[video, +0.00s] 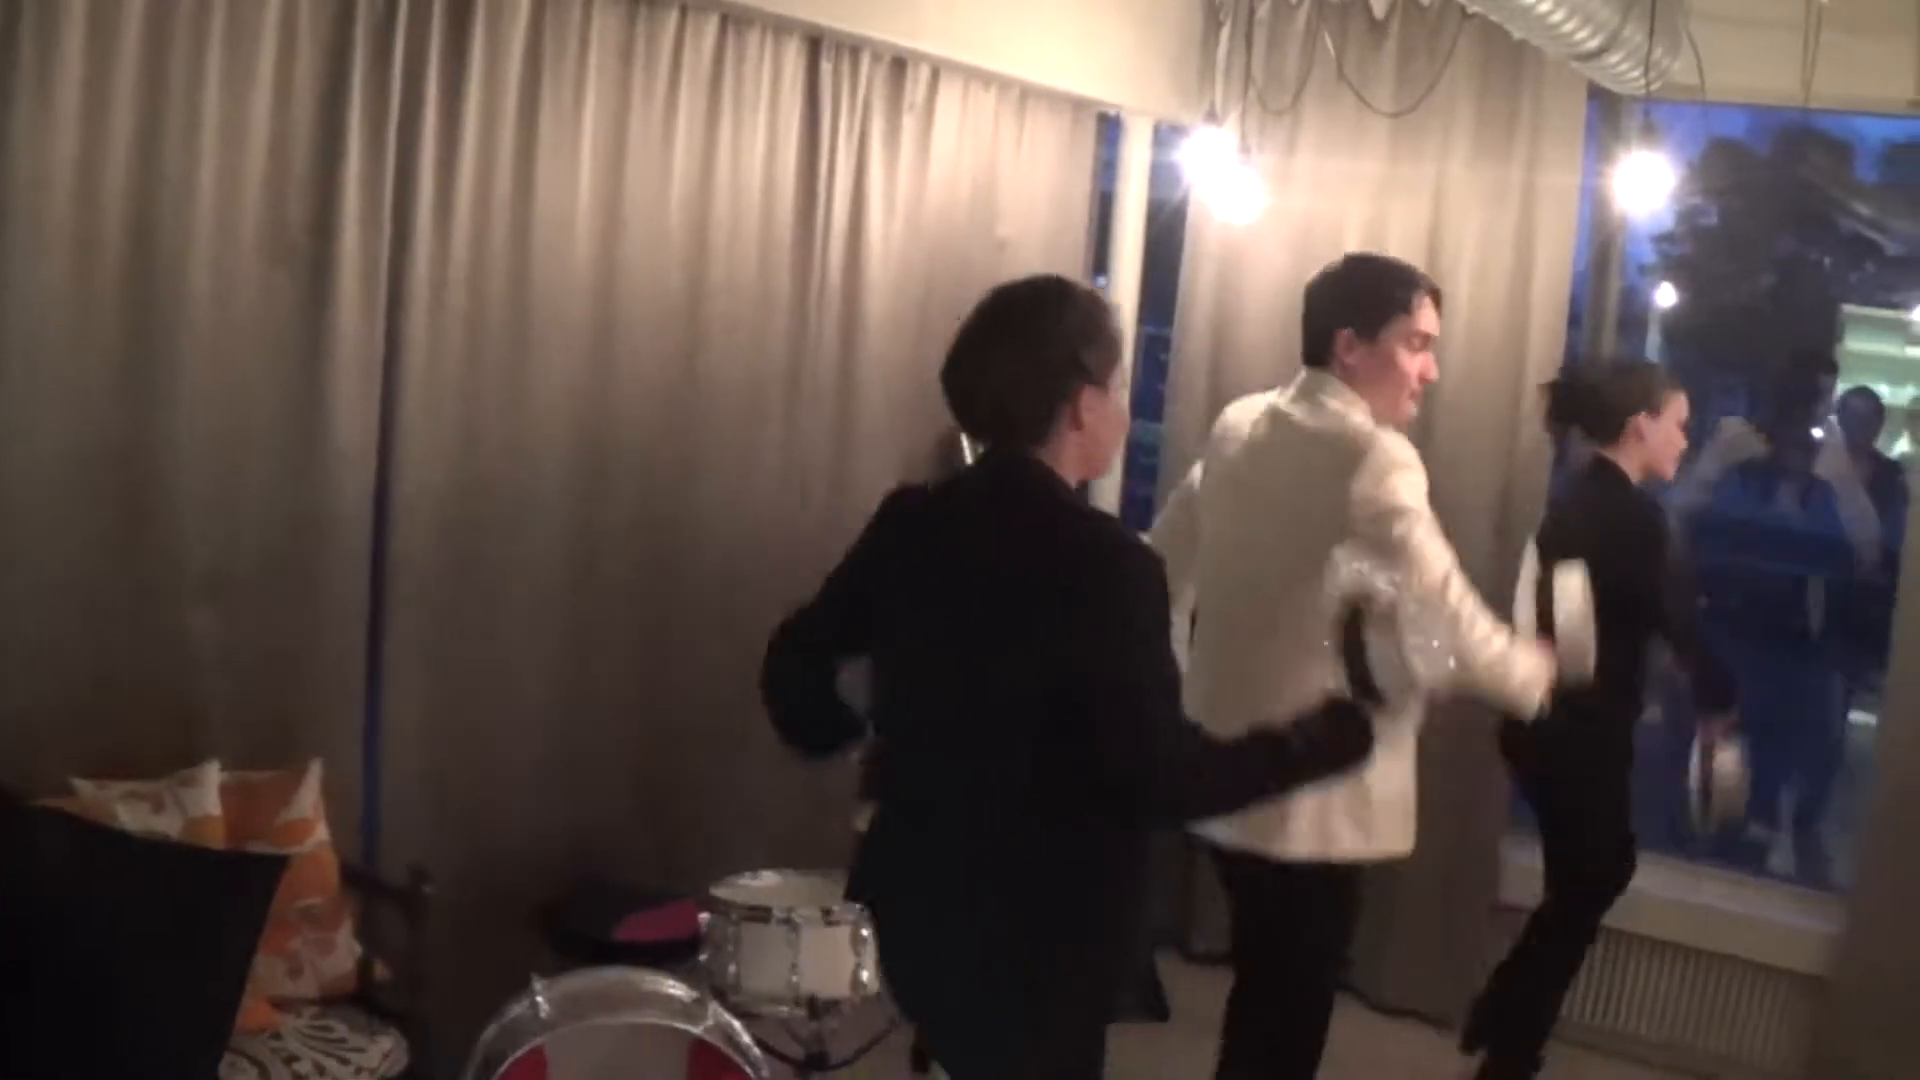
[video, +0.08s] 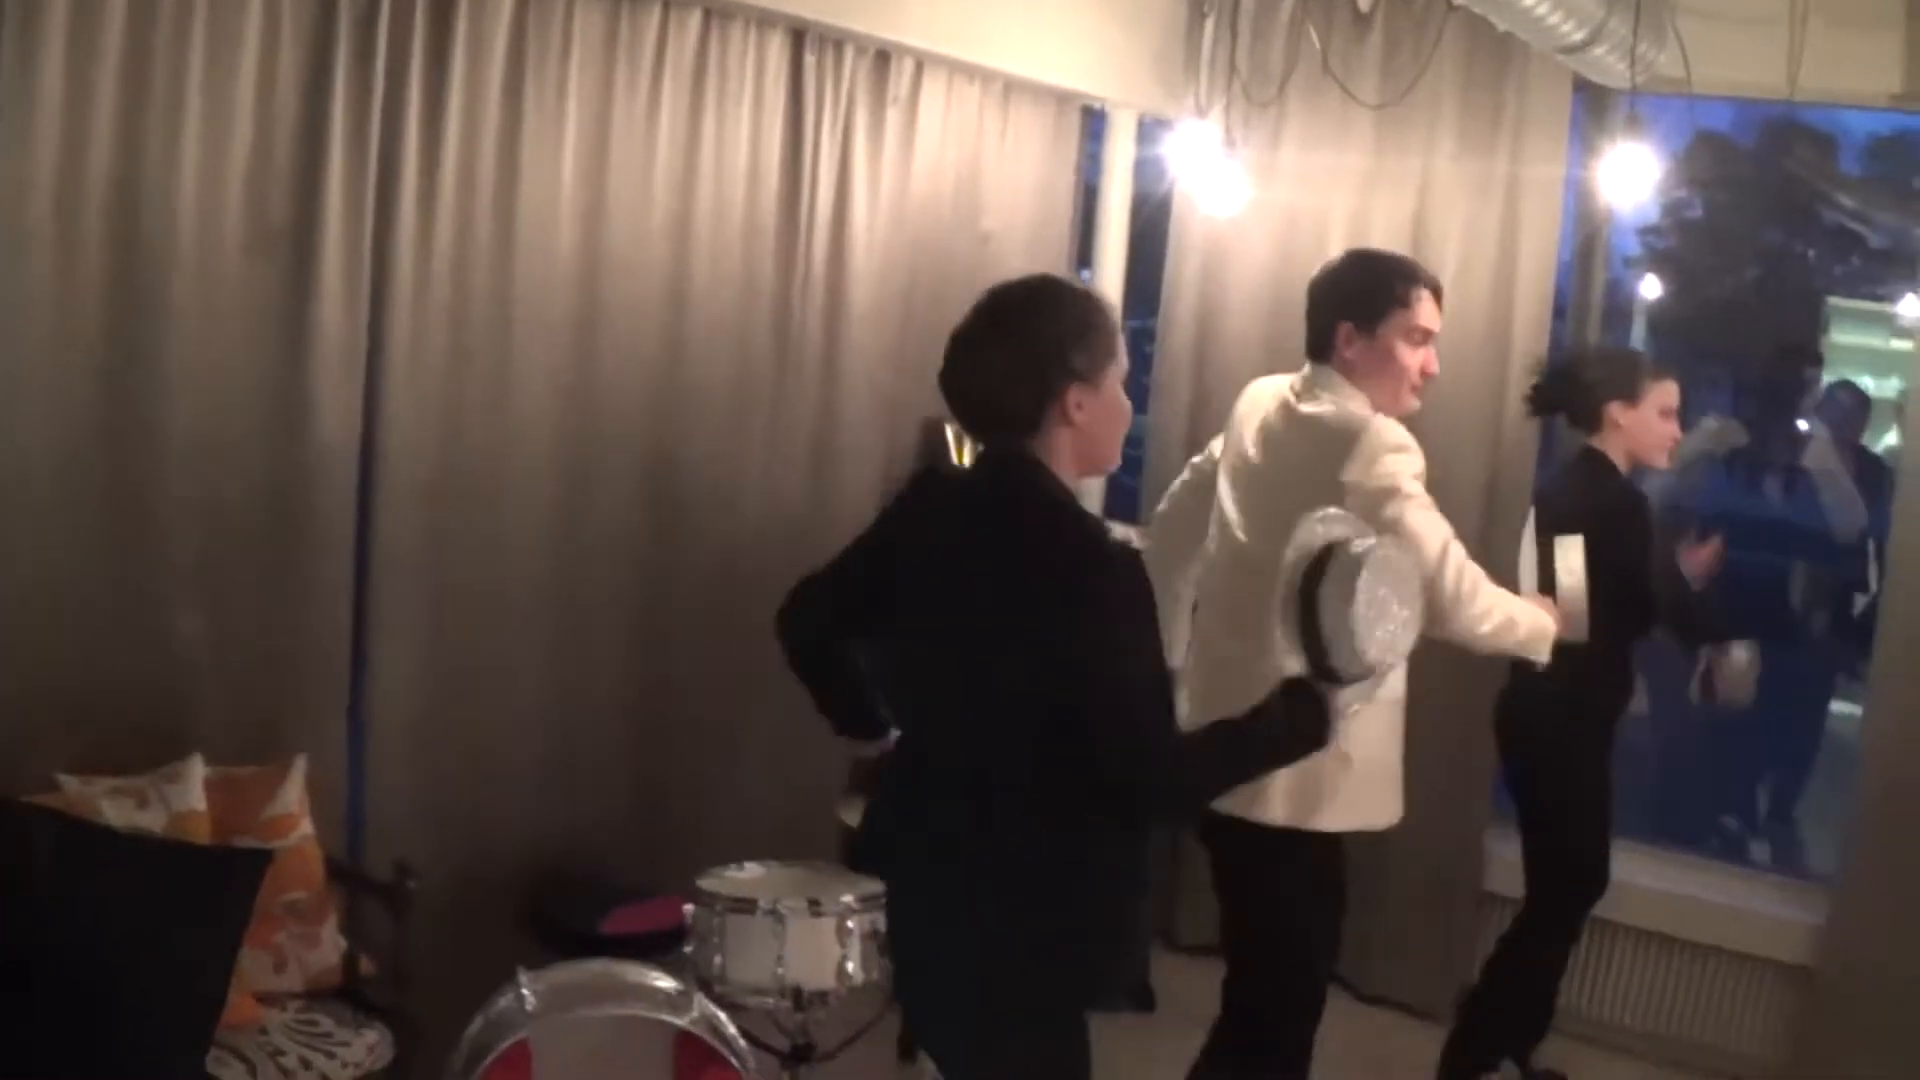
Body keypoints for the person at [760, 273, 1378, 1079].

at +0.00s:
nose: (1121, 411)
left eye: (1117, 386)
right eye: (1116, 388)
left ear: (979, 400)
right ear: (1078, 405)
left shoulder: (909, 524)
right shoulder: (1110, 563)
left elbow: (792, 665)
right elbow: (1158, 776)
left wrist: (847, 742)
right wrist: (1336, 733)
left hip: (918, 914)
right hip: (1047, 940)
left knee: (969, 1059)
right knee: (1048, 1065)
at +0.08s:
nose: (1130, 406)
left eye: (1126, 380)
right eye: (1121, 382)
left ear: (995, 402)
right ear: (1072, 403)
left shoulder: (929, 509)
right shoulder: (1094, 566)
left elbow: (810, 620)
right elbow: (1151, 778)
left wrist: (874, 733)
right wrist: (1304, 711)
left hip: (932, 908)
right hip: (1031, 938)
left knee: (982, 1063)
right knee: (1042, 1063)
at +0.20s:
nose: (1128, 410)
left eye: (1122, 386)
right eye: (1109, 388)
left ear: (1041, 408)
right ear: (1036, 406)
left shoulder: (1028, 538)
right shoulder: (974, 558)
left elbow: (1073, 754)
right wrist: (1148, 900)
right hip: (980, 965)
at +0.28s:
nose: (1119, 412)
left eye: (1114, 387)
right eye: (1095, 390)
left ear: (1027, 405)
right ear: (1014, 404)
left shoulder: (1047, 530)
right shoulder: (941, 566)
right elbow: (909, 800)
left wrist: (1106, 798)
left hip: (1041, 921)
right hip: (948, 956)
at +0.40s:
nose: (1095, 395)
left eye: (1092, 369)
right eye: (1071, 372)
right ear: (984, 381)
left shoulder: (1065, 508)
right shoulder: (882, 546)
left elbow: (1068, 680)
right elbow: (760, 707)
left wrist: (1174, 637)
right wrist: (789, 850)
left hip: (1042, 892)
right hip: (916, 909)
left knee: (1021, 1059)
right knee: (937, 1066)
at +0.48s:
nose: (1065, 386)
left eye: (1066, 361)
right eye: (1040, 362)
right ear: (954, 370)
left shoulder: (1042, 498)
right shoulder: (859, 517)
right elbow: (722, 669)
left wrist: (1159, 543)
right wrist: (757, 811)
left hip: (1010, 897)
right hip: (891, 912)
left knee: (983, 1062)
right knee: (891, 1065)